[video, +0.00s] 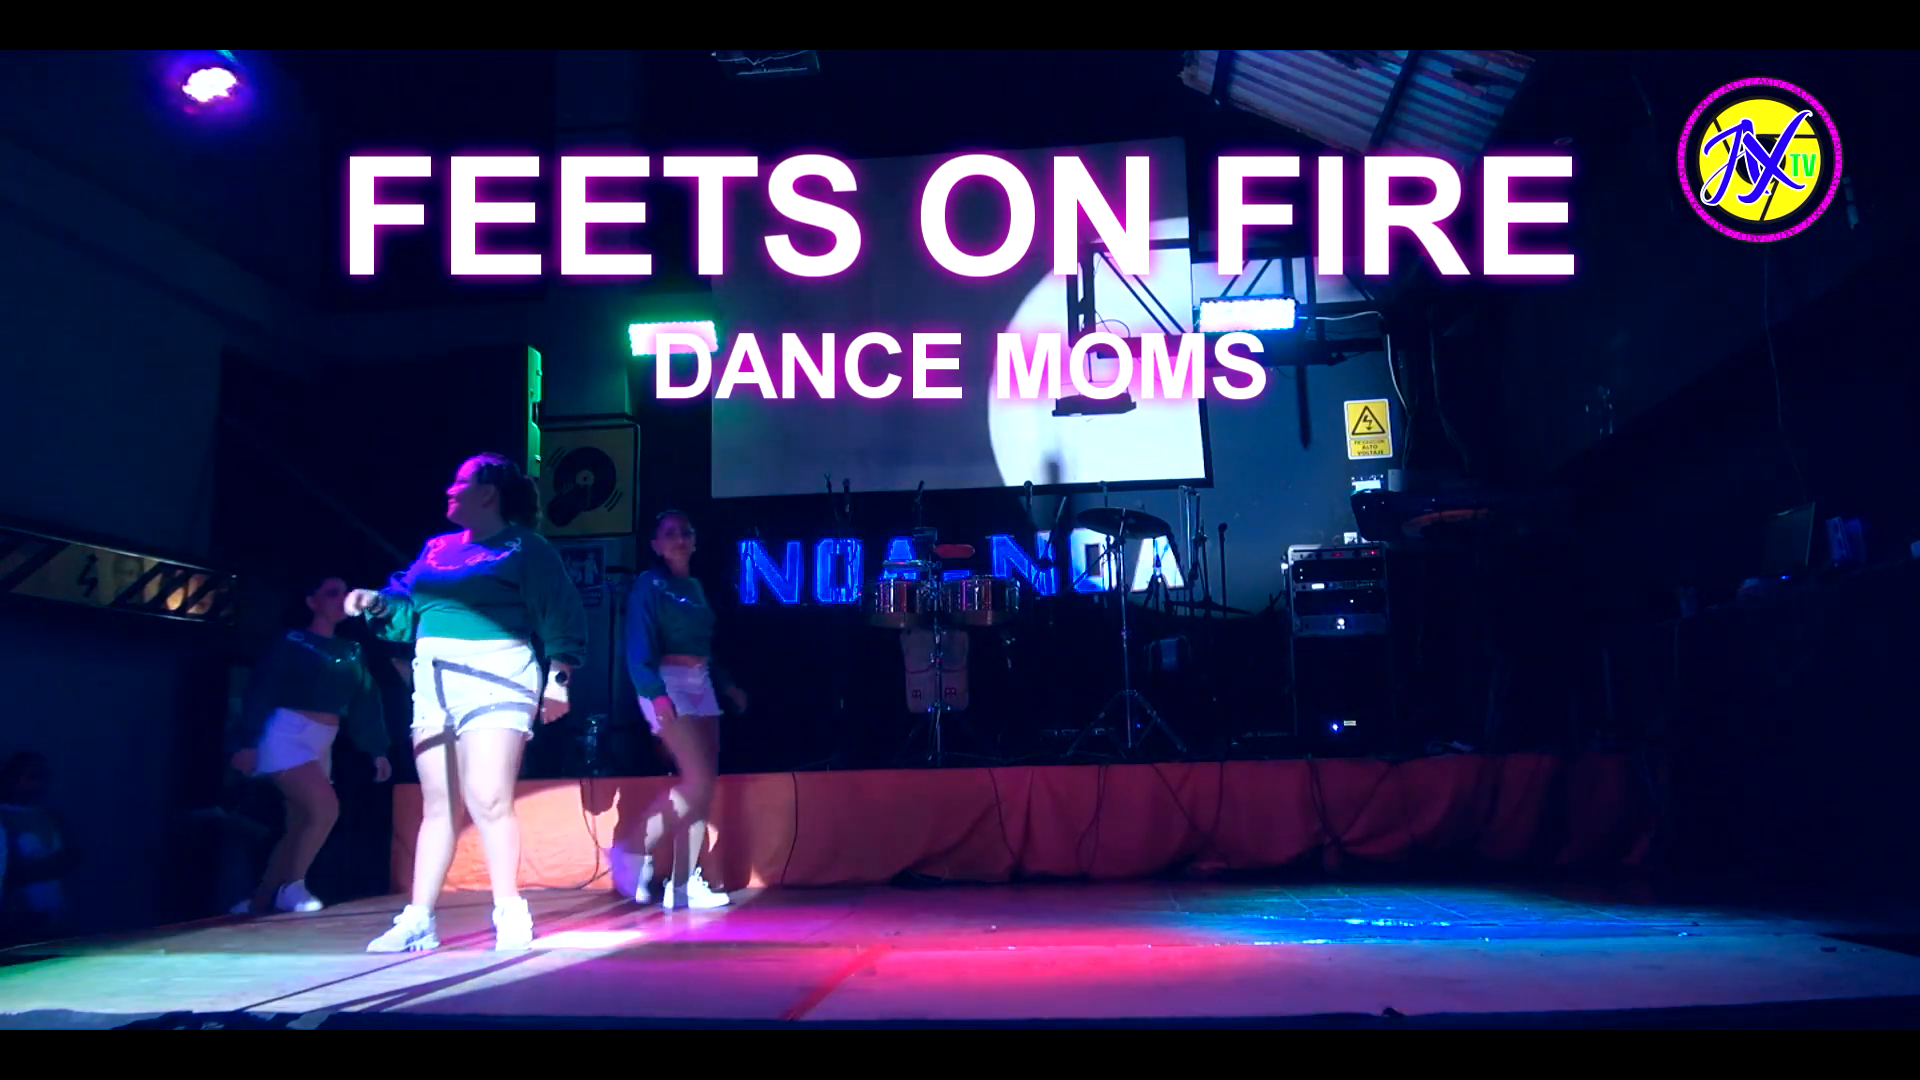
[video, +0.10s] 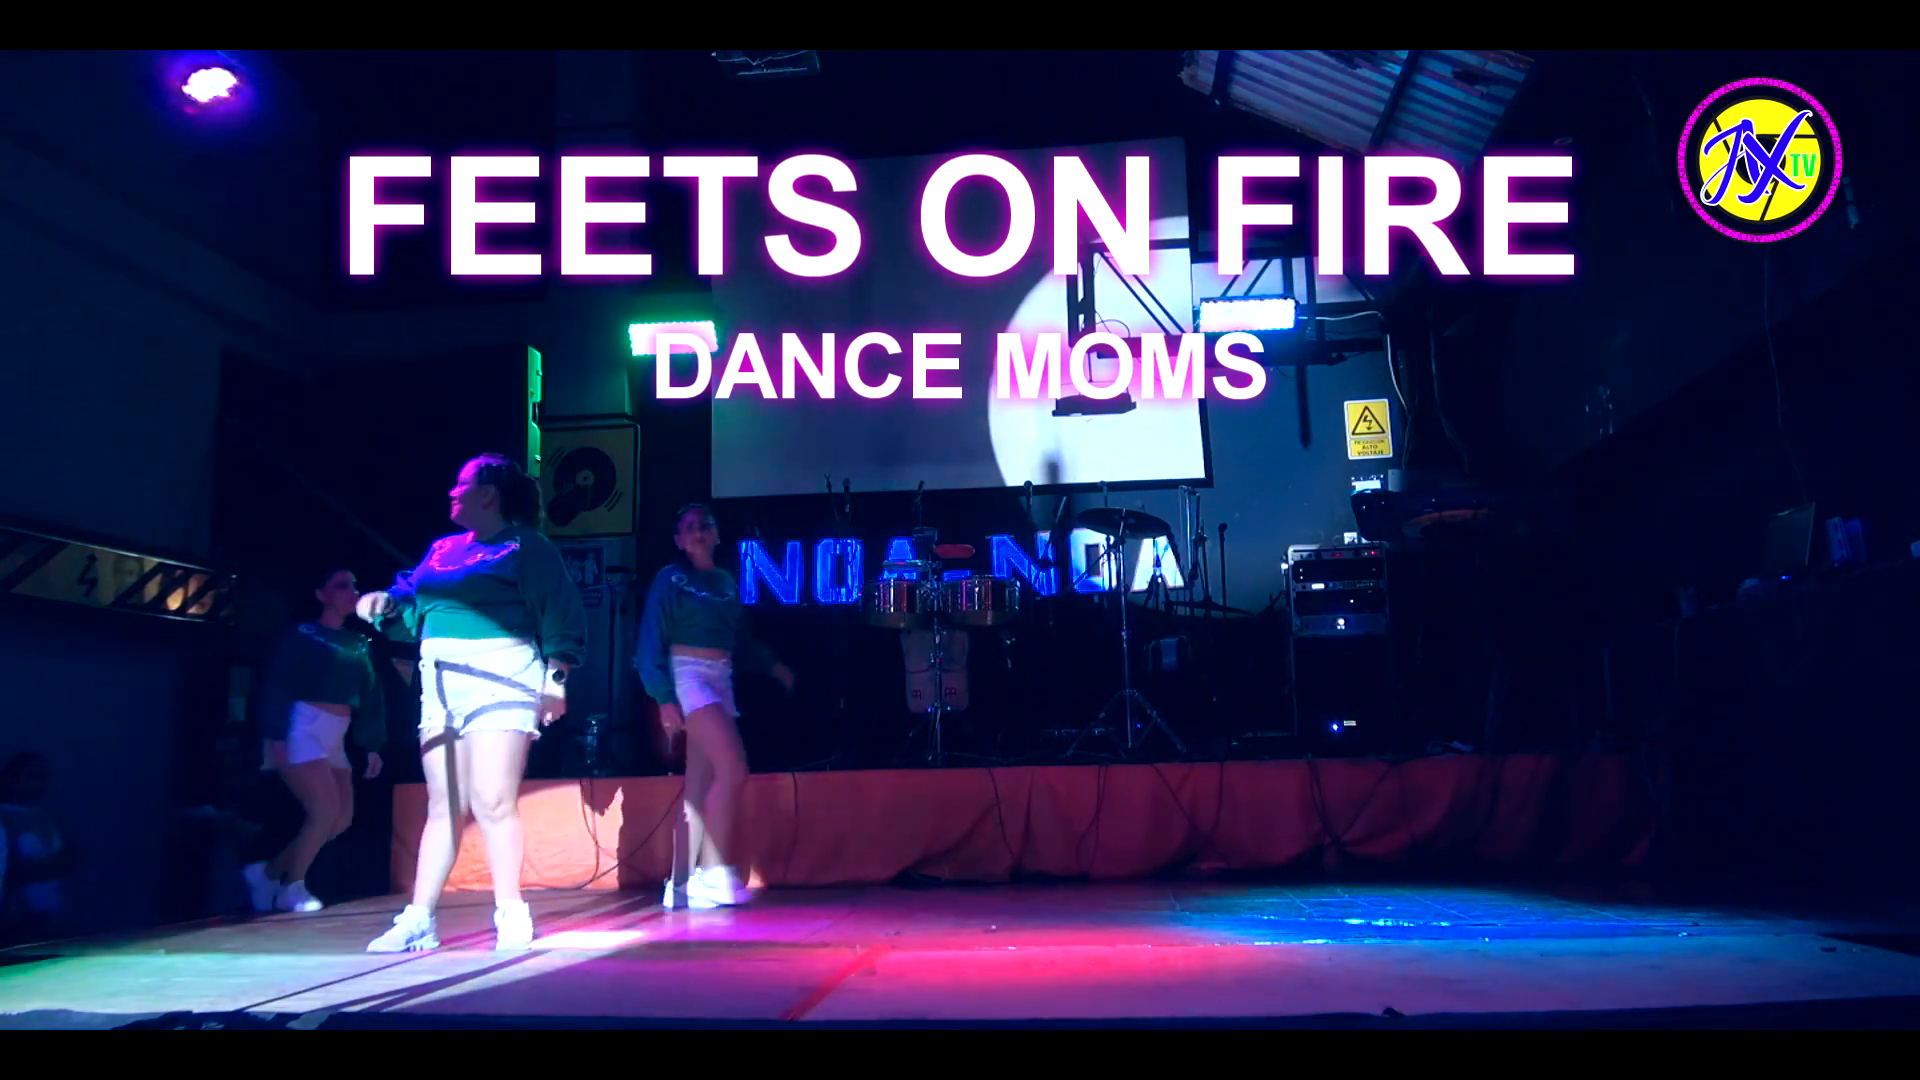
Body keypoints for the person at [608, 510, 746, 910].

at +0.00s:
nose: (680, 540)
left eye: (685, 533)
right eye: (671, 535)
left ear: (693, 540)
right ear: (657, 545)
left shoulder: (697, 589)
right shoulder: (649, 585)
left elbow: (704, 649)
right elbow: (639, 645)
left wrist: (726, 685)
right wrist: (655, 693)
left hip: (702, 680)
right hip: (666, 681)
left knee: (702, 785)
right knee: (697, 781)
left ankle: (684, 883)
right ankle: (633, 849)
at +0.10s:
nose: (698, 534)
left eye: (704, 526)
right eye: (690, 528)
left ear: (716, 534)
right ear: (679, 538)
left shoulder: (726, 583)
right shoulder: (670, 581)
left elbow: (740, 640)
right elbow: (650, 645)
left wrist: (772, 666)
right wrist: (664, 699)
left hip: (721, 673)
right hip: (686, 671)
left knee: (698, 783)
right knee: (731, 766)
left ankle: (682, 881)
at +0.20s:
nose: (722, 536)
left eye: (727, 528)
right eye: (714, 531)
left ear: (738, 533)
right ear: (704, 540)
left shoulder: (754, 583)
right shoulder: (692, 583)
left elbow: (778, 631)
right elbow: (665, 642)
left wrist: (812, 652)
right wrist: (675, 700)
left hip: (742, 679)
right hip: (706, 676)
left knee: (705, 786)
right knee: (751, 770)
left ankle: (683, 882)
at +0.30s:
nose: (744, 541)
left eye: (749, 533)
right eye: (735, 536)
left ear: (763, 538)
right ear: (726, 545)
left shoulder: (780, 588)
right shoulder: (715, 588)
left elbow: (814, 631)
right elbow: (686, 648)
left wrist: (848, 656)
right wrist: (693, 704)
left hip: (770, 685)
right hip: (732, 681)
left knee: (731, 787)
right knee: (779, 775)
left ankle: (688, 878)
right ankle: (813, 879)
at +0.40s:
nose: (773, 539)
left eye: (778, 532)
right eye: (765, 533)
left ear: (788, 535)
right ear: (751, 541)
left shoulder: (804, 585)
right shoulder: (741, 588)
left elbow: (836, 635)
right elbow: (714, 647)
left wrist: (870, 674)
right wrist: (724, 701)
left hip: (799, 680)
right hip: (759, 677)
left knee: (790, 788)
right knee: (800, 778)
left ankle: (716, 857)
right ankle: (819, 882)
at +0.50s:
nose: (807, 536)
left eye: (809, 529)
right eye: (796, 531)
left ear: (816, 533)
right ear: (778, 541)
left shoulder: (828, 583)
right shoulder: (770, 587)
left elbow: (850, 644)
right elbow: (741, 653)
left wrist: (870, 694)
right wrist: (762, 696)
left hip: (825, 677)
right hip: (786, 674)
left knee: (849, 783)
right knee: (814, 781)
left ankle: (769, 843)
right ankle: (819, 882)